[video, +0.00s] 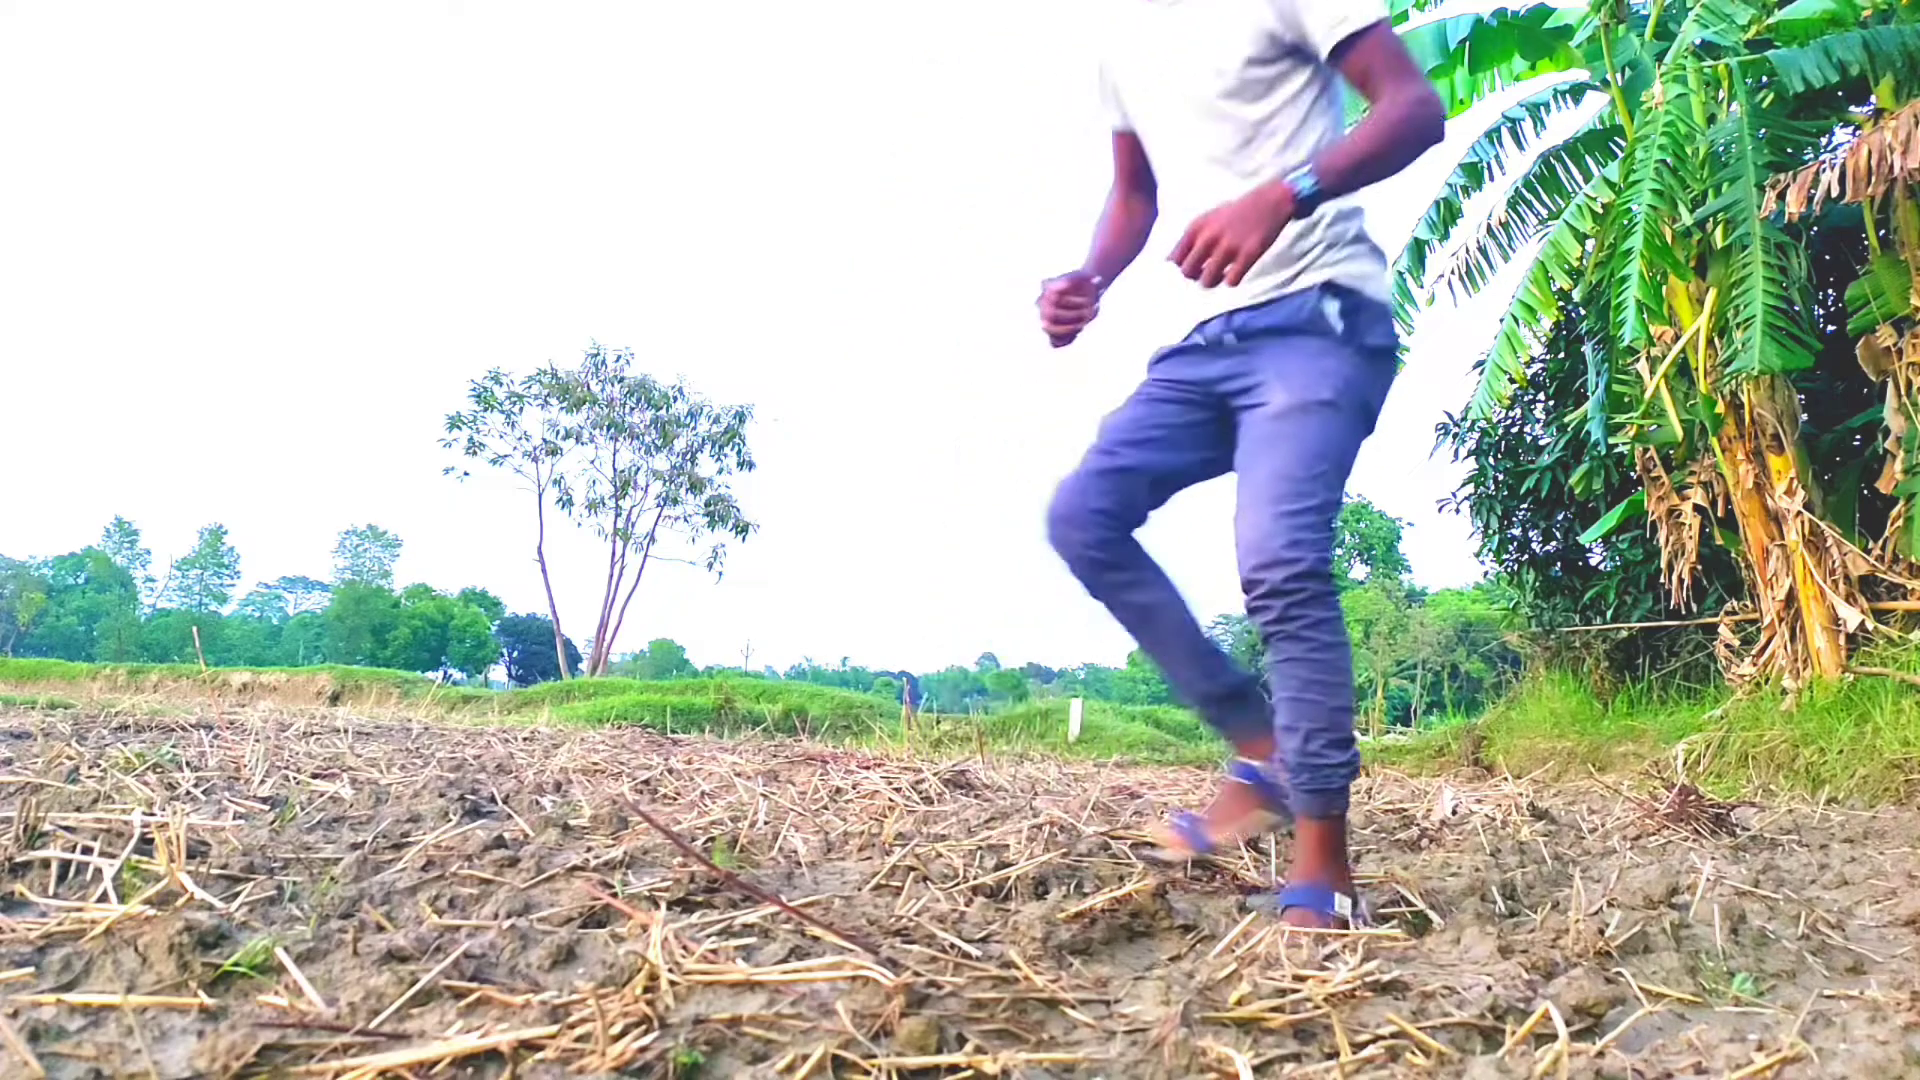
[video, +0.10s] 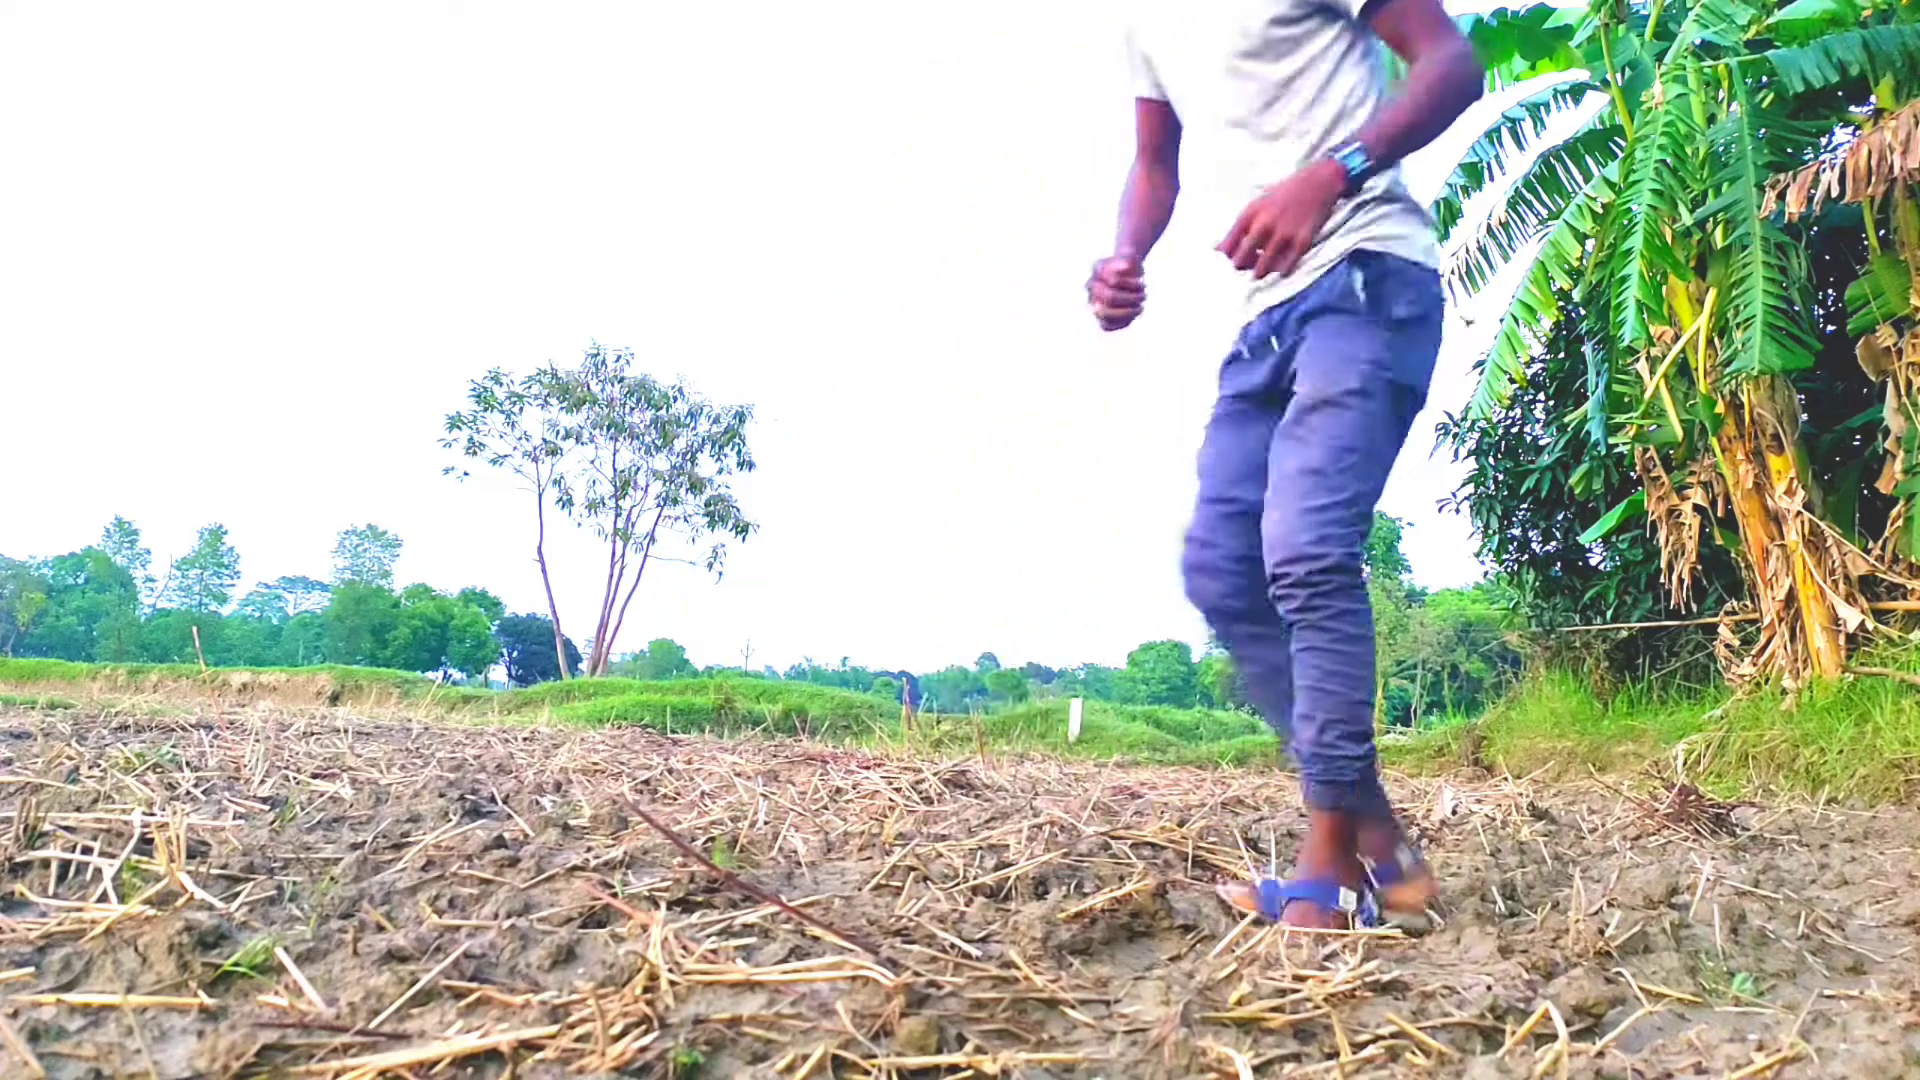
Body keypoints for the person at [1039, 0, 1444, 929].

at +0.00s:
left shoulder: (1291, 8)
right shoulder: (1117, 44)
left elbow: (1415, 108)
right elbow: (1134, 189)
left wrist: (1281, 195)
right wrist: (1094, 275)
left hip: (1318, 319)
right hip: (1209, 341)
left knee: (1282, 566)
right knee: (1082, 518)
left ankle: (1319, 877)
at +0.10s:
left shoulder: (1324, 2)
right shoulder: (1145, 23)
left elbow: (1453, 64)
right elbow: (1154, 160)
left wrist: (1328, 175)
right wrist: (1126, 255)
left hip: (1368, 269)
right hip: (1270, 310)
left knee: (1310, 553)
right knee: (1224, 576)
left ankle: (1328, 872)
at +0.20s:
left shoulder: (1359, 4)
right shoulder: (1170, 27)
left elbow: (1482, 57)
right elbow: (1170, 171)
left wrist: (1358, 176)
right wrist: (1141, 273)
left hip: (1408, 264)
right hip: (1317, 300)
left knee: (1293, 512)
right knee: (1276, 573)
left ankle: (1339, 854)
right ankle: (1395, 863)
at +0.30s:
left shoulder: (1390, 5)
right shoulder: (1197, 31)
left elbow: (1516, 63)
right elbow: (1198, 199)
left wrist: (1387, 194)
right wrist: (1157, 321)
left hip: (1460, 248)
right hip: (1395, 278)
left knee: (1271, 444)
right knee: (1301, 589)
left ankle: (1425, 775)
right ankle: (1385, 856)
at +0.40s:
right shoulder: (1226, 20)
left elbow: (1534, 45)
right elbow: (1238, 184)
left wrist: (1396, 199)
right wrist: (1185, 326)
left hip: (1479, 241)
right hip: (1398, 277)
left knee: (1337, 484)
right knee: (1322, 581)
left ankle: (1520, 837)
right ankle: (1400, 882)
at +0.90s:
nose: (1185, 140)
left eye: (1189, 90)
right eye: (1151, 129)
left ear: (1256, 38)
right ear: (1143, 147)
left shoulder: (1407, 102)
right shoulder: (1266, 228)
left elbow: (1322, 391)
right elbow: (1231, 436)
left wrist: (1187, 614)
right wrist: (1144, 622)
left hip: (1715, 345)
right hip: (1584, 374)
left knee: (1440, 541)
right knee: (1334, 531)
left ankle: (1605, 926)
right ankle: (1471, 873)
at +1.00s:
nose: (1184, 261)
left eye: (1190, 212)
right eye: (1148, 251)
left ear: (1250, 168)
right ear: (1142, 270)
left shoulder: (1387, 224)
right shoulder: (1261, 333)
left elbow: (1265, 513)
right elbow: (1193, 521)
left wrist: (1088, 699)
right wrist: (1061, 686)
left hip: (1720, 457)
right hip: (1596, 468)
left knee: (1423, 543)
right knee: (1310, 551)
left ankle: (1581, 918)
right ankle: (1462, 881)